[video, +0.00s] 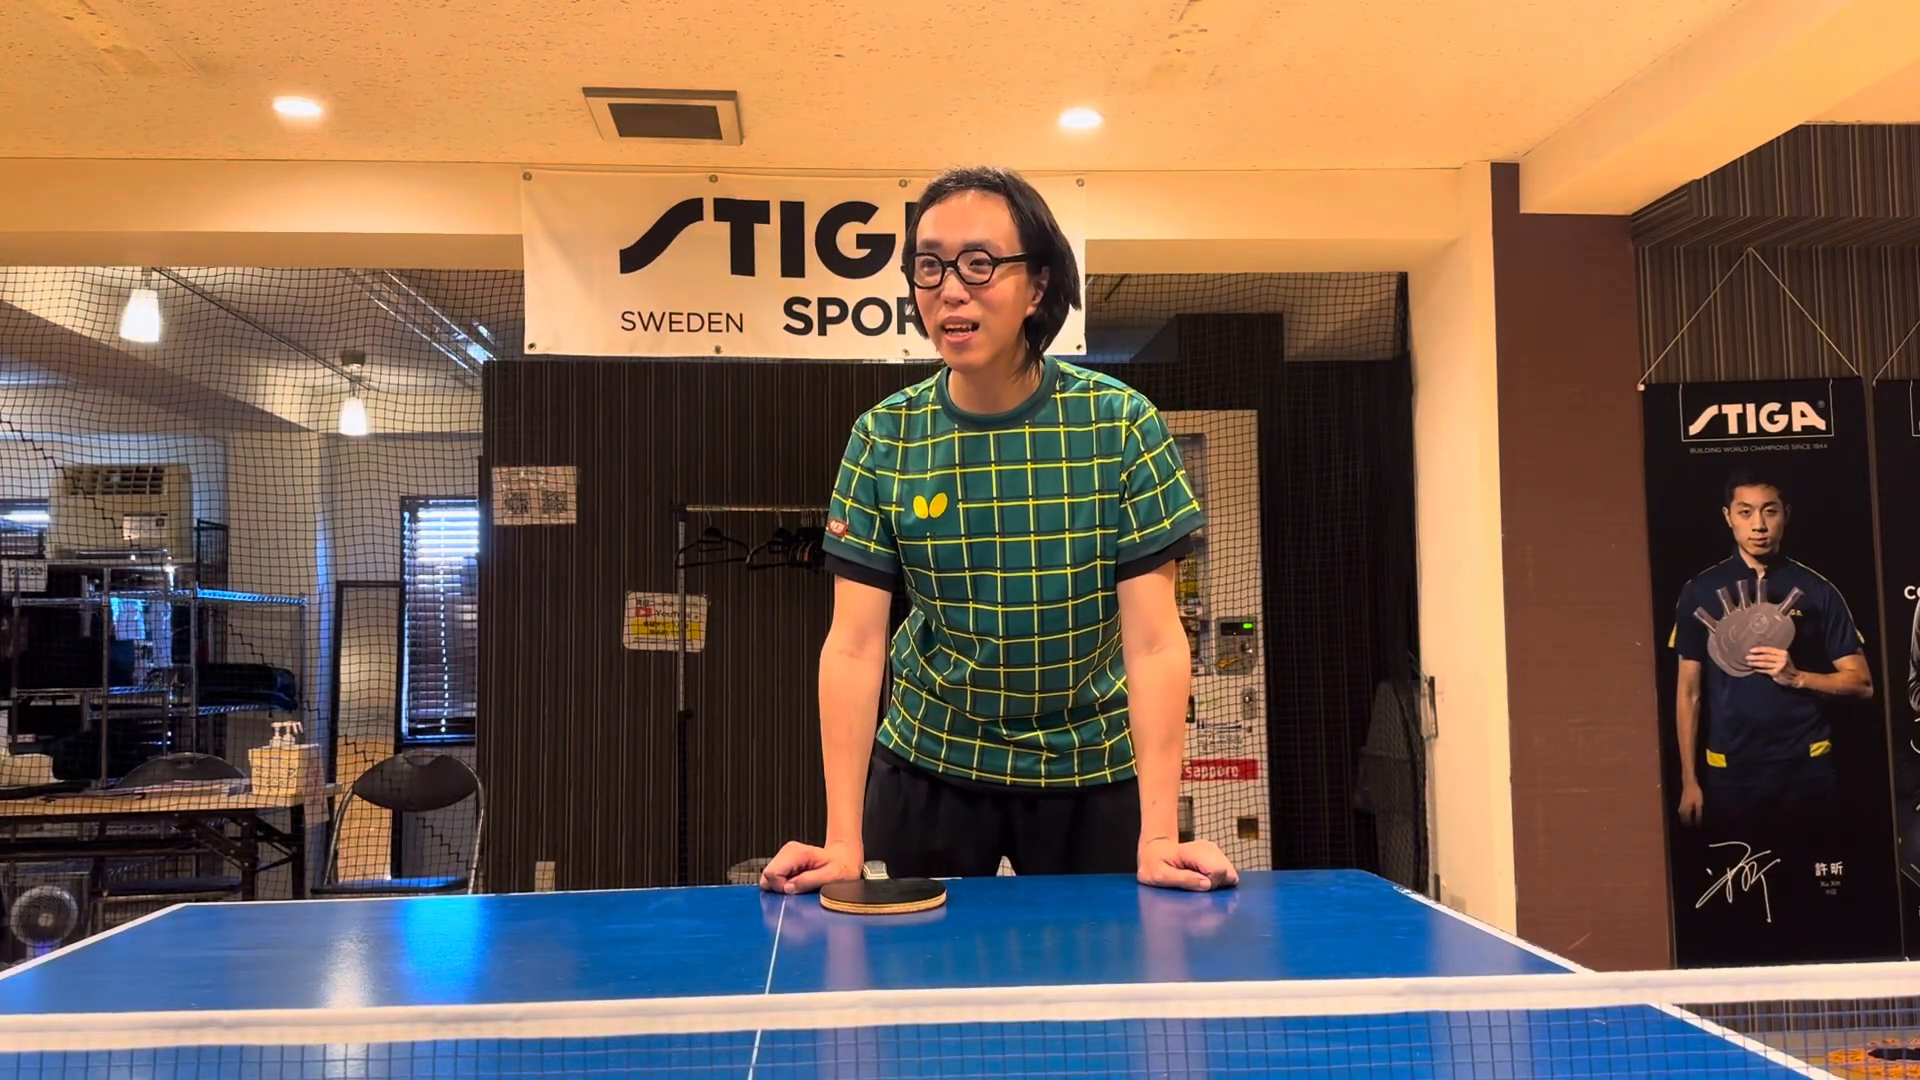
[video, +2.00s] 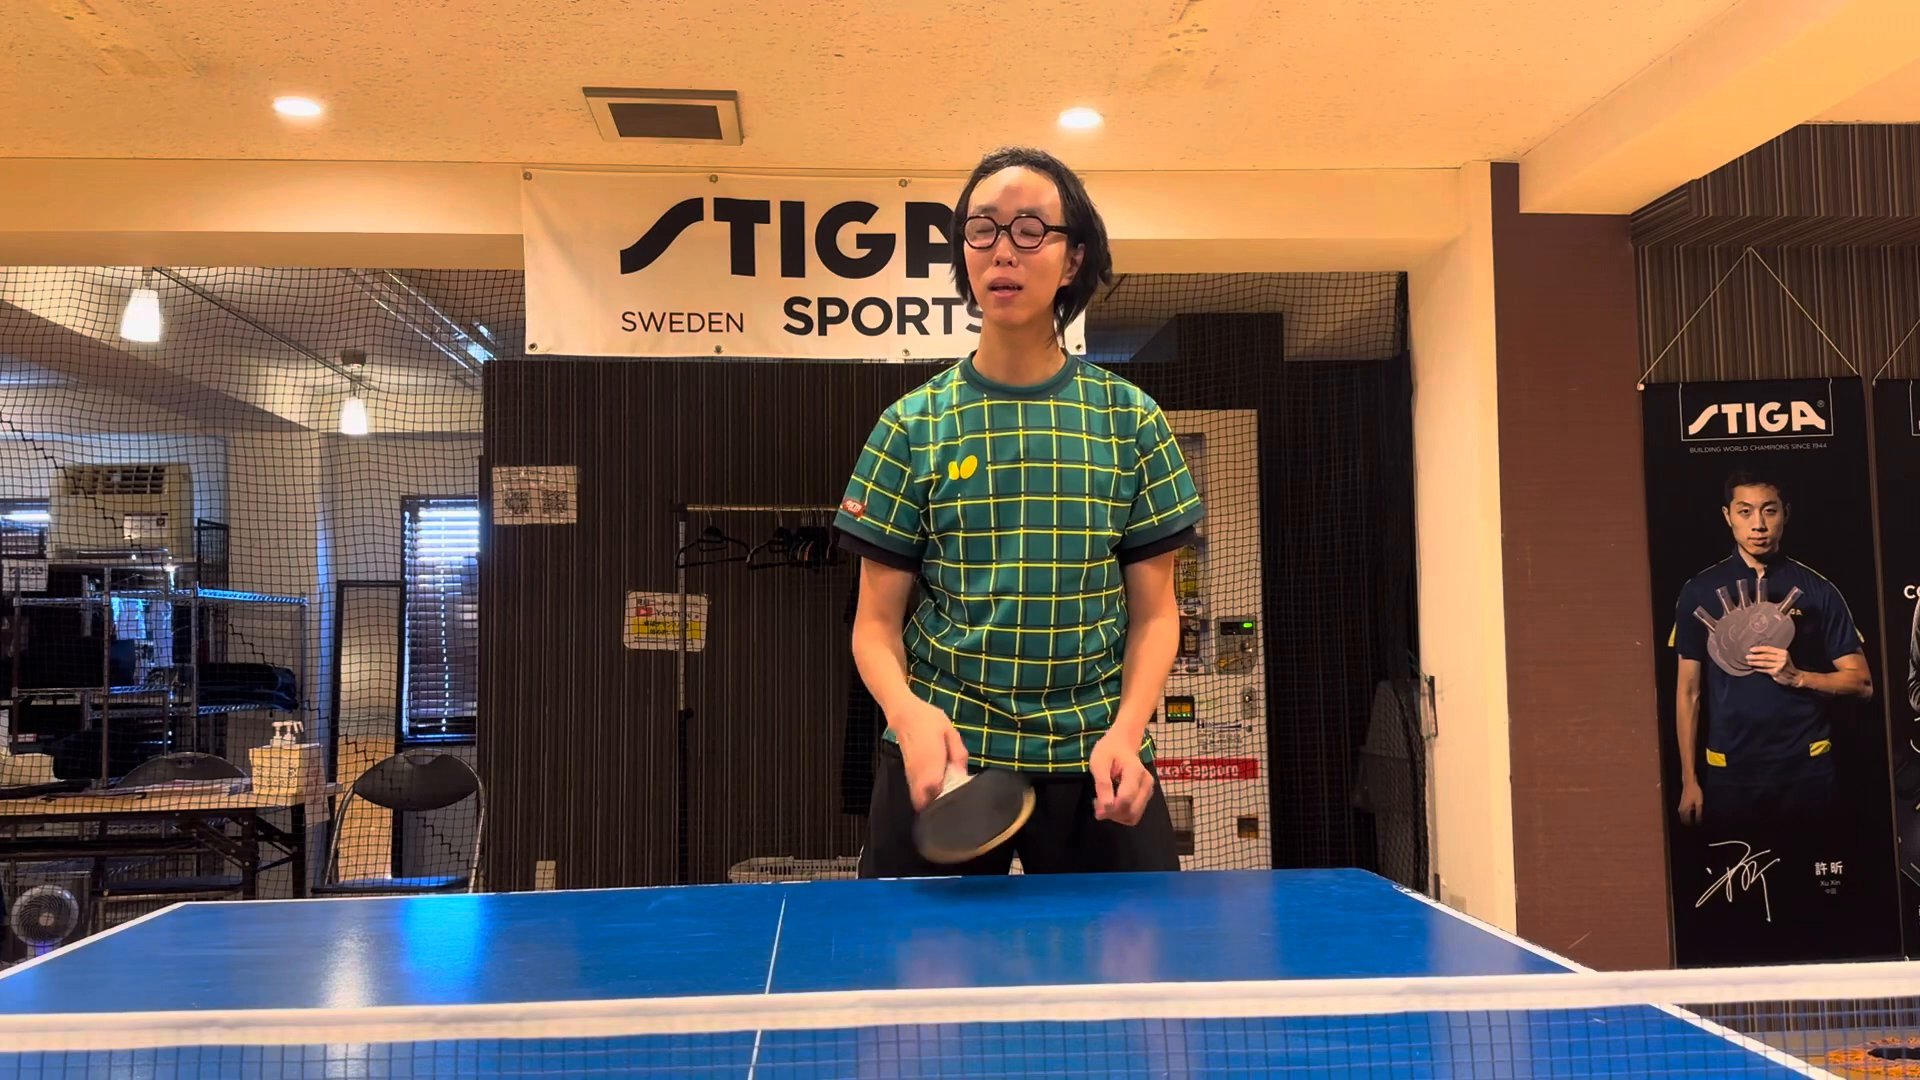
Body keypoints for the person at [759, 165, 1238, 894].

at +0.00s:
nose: (949, 289)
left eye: (979, 263)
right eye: (931, 266)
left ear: (1037, 287)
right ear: (914, 287)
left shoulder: (1120, 426)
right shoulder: (886, 437)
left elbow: (1154, 642)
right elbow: (853, 646)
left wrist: (1161, 836)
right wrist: (842, 844)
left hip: (1090, 781)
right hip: (927, 778)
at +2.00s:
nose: (1005, 251)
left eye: (1032, 230)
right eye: (985, 231)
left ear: (1073, 260)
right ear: (963, 256)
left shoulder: (1131, 420)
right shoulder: (915, 425)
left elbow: (1155, 609)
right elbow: (876, 621)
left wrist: (1126, 730)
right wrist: (907, 713)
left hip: (1097, 772)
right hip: (941, 771)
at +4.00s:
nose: (1038, 397)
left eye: (1065, 370)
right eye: (1015, 369)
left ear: (1103, 383)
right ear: (991, 382)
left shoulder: (1157, 507)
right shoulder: (939, 520)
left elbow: (1203, 667)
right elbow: (883, 682)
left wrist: (1188, 802)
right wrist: (866, 739)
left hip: (1116, 819)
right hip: (957, 815)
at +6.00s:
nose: (1081, 392)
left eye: (1107, 371)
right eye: (1060, 370)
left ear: (1142, 390)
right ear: (1036, 389)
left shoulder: (1199, 522)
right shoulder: (981, 530)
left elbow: (1252, 711)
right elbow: (957, 734)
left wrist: (1271, 871)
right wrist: (898, 703)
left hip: (1165, 798)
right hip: (1005, 796)